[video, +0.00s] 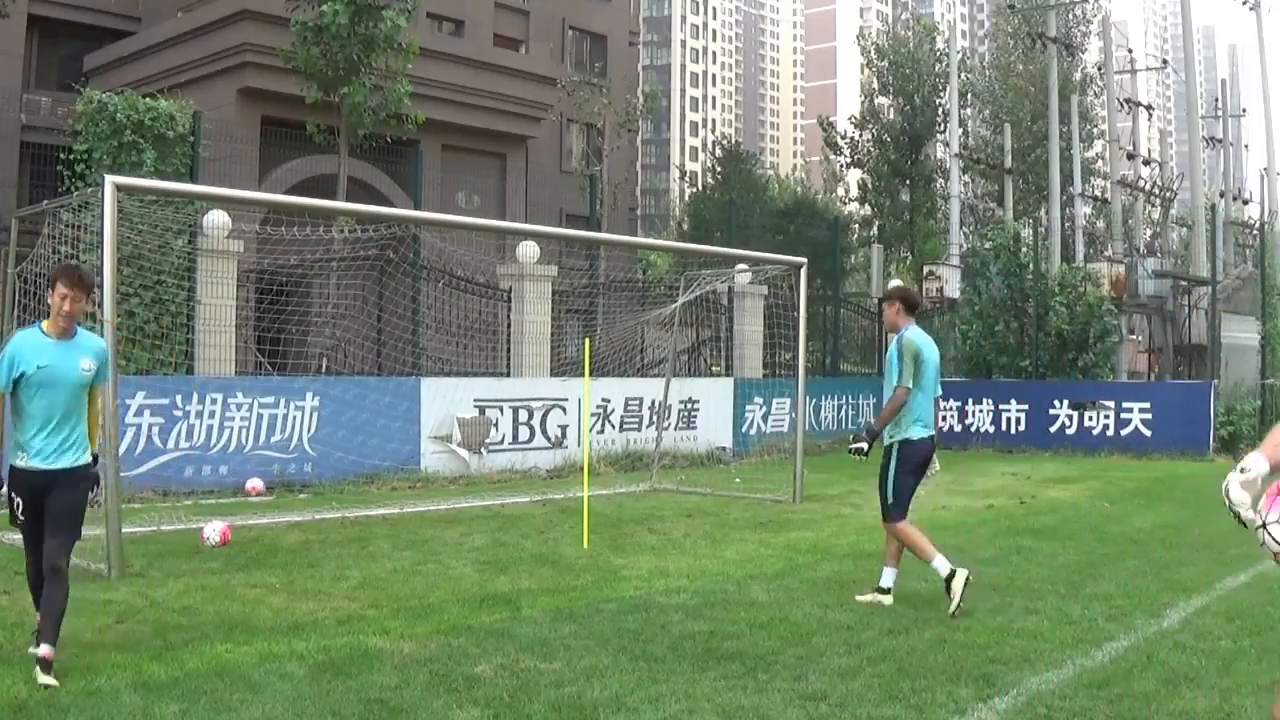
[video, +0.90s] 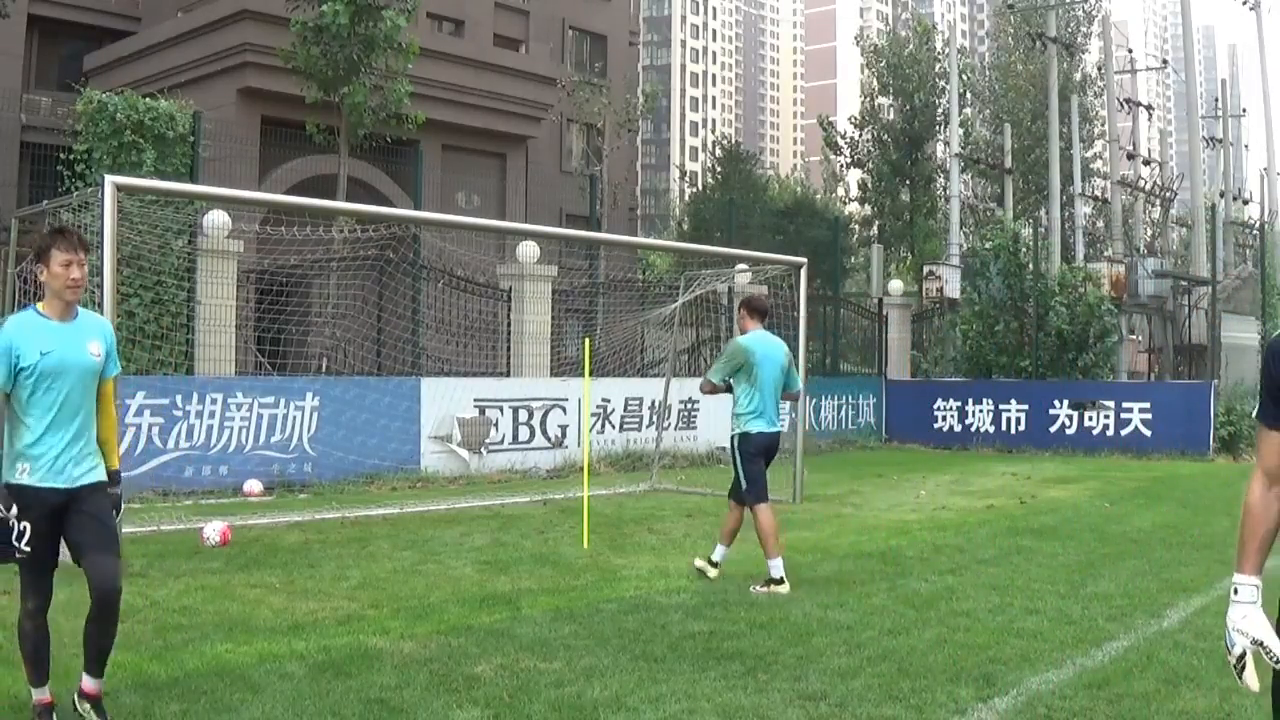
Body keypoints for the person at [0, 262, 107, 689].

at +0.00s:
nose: (68, 307)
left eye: (77, 301)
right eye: (63, 298)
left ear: (86, 305)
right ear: (50, 296)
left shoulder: (96, 349)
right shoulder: (19, 345)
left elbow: (95, 406)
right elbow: (2, 402)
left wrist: (95, 455)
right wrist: (4, 460)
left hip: (74, 469)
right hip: (26, 468)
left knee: (57, 562)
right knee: (36, 562)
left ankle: (47, 652)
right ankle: (44, 621)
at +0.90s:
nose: (77, 274)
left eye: (82, 265)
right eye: (66, 265)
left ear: (88, 270)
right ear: (41, 271)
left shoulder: (100, 329)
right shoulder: (13, 332)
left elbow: (107, 409)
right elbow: (1, 413)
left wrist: (113, 476)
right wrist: (0, 489)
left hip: (89, 482)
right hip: (29, 486)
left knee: (109, 587)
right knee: (34, 603)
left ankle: (90, 692)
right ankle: (42, 704)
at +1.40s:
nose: (129, 270)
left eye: (135, 259)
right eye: (117, 260)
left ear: (142, 265)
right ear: (91, 267)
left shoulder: (157, 330)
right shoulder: (62, 326)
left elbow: (160, 412)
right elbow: (29, 410)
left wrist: (159, 484)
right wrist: (32, 487)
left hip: (142, 505)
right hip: (77, 504)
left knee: (127, 632)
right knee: (72, 632)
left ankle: (123, 717)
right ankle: (63, 700)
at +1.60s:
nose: (141, 277)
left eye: (148, 267)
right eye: (129, 267)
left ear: (157, 269)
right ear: (104, 270)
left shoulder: (180, 331)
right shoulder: (75, 333)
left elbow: (204, 417)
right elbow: (37, 420)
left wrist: (234, 487)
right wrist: (26, 505)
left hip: (163, 517)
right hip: (99, 514)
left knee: (138, 649)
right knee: (111, 646)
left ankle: (127, 718)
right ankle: (100, 718)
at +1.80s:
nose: (159, 288)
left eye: (168, 277)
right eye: (149, 276)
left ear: (178, 274)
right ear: (122, 269)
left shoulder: (196, 332)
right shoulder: (87, 338)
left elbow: (231, 409)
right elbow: (47, 428)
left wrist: (270, 464)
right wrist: (32, 514)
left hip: (185, 526)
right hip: (122, 526)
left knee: (171, 661)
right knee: (132, 671)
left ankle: (130, 714)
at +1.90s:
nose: (178, 291)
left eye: (188, 281)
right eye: (169, 278)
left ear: (198, 275)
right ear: (142, 262)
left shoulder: (206, 324)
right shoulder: (100, 332)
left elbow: (236, 397)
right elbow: (58, 426)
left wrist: (270, 460)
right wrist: (51, 521)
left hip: (201, 527)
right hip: (132, 530)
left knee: (224, 666)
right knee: (137, 677)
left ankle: (161, 715)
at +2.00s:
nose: (190, 293)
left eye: (203, 284)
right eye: (183, 278)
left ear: (215, 276)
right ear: (159, 257)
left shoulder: (216, 323)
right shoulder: (112, 328)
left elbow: (235, 395)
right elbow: (67, 425)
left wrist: (263, 459)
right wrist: (78, 521)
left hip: (213, 526)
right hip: (142, 532)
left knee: (258, 660)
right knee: (141, 684)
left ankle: (198, 719)